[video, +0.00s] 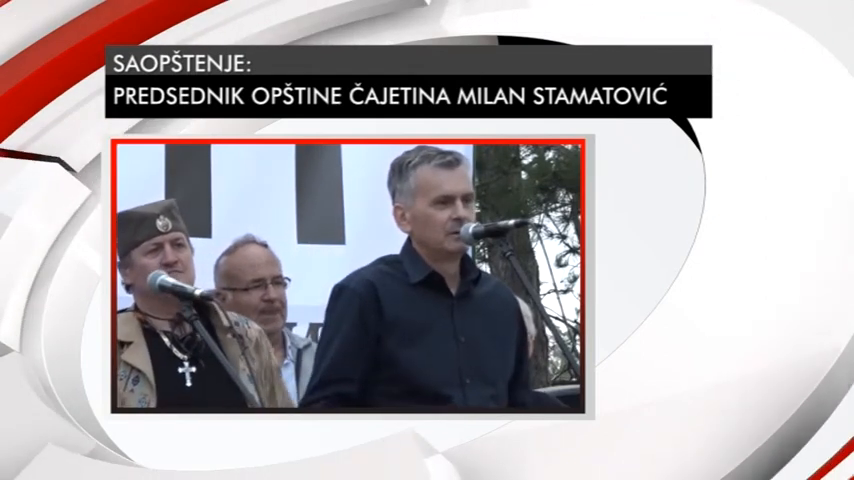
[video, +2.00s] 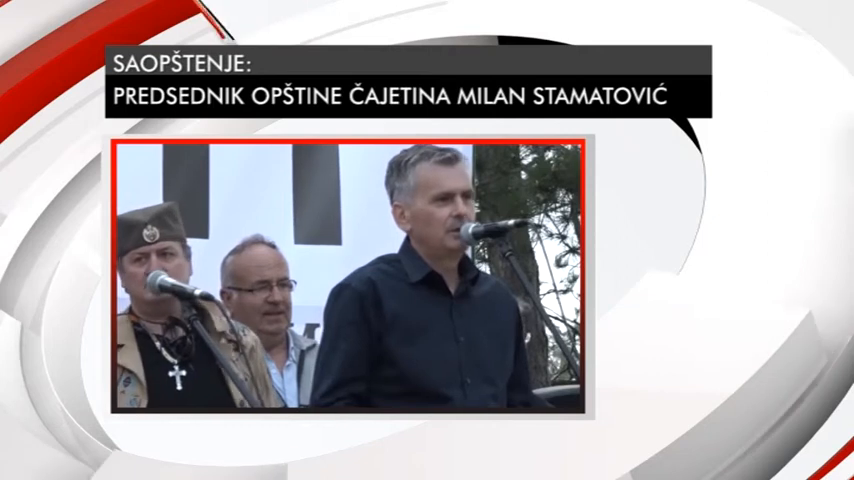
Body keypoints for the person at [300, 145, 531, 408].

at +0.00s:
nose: (461, 214)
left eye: (467, 201)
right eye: (443, 203)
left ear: (475, 206)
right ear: (403, 217)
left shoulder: (502, 301)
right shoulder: (363, 294)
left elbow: (519, 405)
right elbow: (322, 408)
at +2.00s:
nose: (461, 211)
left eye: (467, 197)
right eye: (442, 200)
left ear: (475, 203)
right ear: (402, 215)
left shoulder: (499, 301)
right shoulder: (360, 296)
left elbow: (521, 406)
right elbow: (332, 408)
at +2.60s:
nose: (459, 210)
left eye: (464, 197)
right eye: (441, 199)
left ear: (472, 204)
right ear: (400, 215)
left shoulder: (499, 300)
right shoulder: (367, 290)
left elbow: (531, 395)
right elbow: (329, 397)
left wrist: (597, 397)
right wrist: (397, 402)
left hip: (496, 461)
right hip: (401, 463)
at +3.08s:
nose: (462, 215)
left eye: (467, 201)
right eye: (444, 204)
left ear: (474, 204)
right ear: (401, 215)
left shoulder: (500, 301)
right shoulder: (368, 292)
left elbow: (536, 405)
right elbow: (331, 397)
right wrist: (371, 415)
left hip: (499, 460)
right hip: (405, 463)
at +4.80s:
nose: (461, 212)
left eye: (465, 199)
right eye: (443, 200)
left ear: (472, 204)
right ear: (400, 213)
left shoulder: (496, 302)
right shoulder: (362, 296)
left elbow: (522, 408)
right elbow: (330, 405)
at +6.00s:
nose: (459, 214)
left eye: (464, 201)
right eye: (441, 202)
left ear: (471, 206)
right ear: (398, 215)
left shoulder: (494, 300)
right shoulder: (360, 297)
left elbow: (514, 410)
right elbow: (332, 414)